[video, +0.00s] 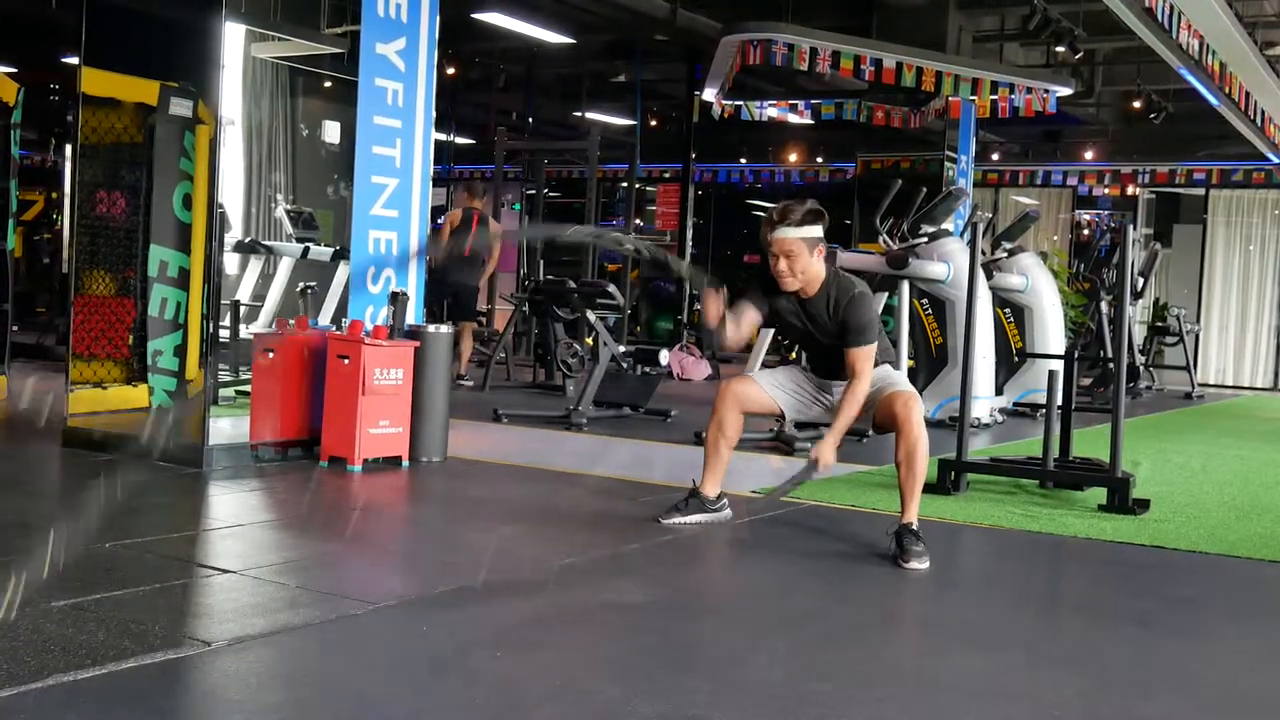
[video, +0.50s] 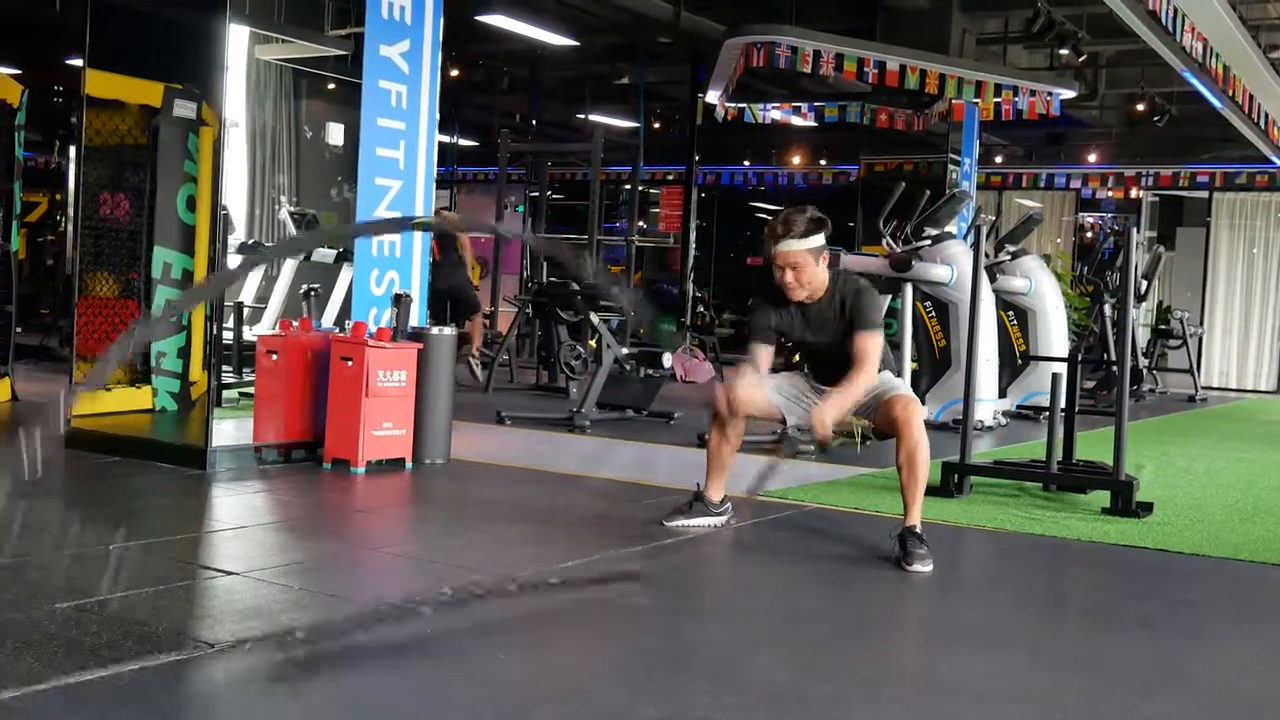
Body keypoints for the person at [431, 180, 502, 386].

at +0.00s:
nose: (461, 198)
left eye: (462, 194)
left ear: (466, 195)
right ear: (484, 199)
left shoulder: (452, 216)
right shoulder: (494, 226)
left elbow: (441, 248)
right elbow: (493, 259)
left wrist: (437, 265)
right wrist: (479, 282)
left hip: (445, 281)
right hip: (470, 284)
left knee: (438, 326)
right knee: (466, 329)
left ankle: (435, 372)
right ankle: (462, 373)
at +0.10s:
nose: (456, 198)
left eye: (457, 195)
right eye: (459, 195)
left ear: (460, 196)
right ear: (478, 199)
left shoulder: (446, 218)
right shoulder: (490, 226)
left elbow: (437, 250)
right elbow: (492, 258)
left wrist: (437, 270)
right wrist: (480, 281)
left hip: (442, 282)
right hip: (468, 286)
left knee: (437, 328)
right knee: (466, 330)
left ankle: (435, 373)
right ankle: (462, 373)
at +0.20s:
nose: (463, 204)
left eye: (460, 200)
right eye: (466, 200)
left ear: (453, 200)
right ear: (470, 200)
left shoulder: (438, 221)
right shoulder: (481, 224)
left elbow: (433, 253)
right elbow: (489, 254)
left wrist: (436, 273)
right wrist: (479, 278)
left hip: (441, 282)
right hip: (466, 284)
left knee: (438, 328)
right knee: (466, 330)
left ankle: (435, 372)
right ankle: (462, 372)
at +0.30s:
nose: (454, 203)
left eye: (449, 199)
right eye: (458, 199)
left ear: (442, 200)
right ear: (459, 200)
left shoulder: (432, 223)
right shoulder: (470, 223)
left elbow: (424, 252)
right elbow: (481, 253)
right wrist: (478, 274)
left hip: (438, 281)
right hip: (463, 281)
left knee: (435, 328)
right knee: (465, 327)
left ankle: (434, 372)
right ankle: (463, 371)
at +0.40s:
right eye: (444, 200)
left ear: (431, 203)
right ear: (448, 202)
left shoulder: (424, 222)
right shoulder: (460, 222)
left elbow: (419, 255)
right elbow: (472, 251)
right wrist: (473, 278)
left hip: (433, 284)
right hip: (458, 282)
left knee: (437, 327)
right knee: (471, 323)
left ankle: (436, 369)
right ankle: (466, 365)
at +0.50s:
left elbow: (424, 261)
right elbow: (467, 257)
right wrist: (470, 276)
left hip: (436, 284)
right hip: (458, 282)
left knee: (438, 326)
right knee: (476, 314)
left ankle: (439, 366)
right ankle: (475, 351)